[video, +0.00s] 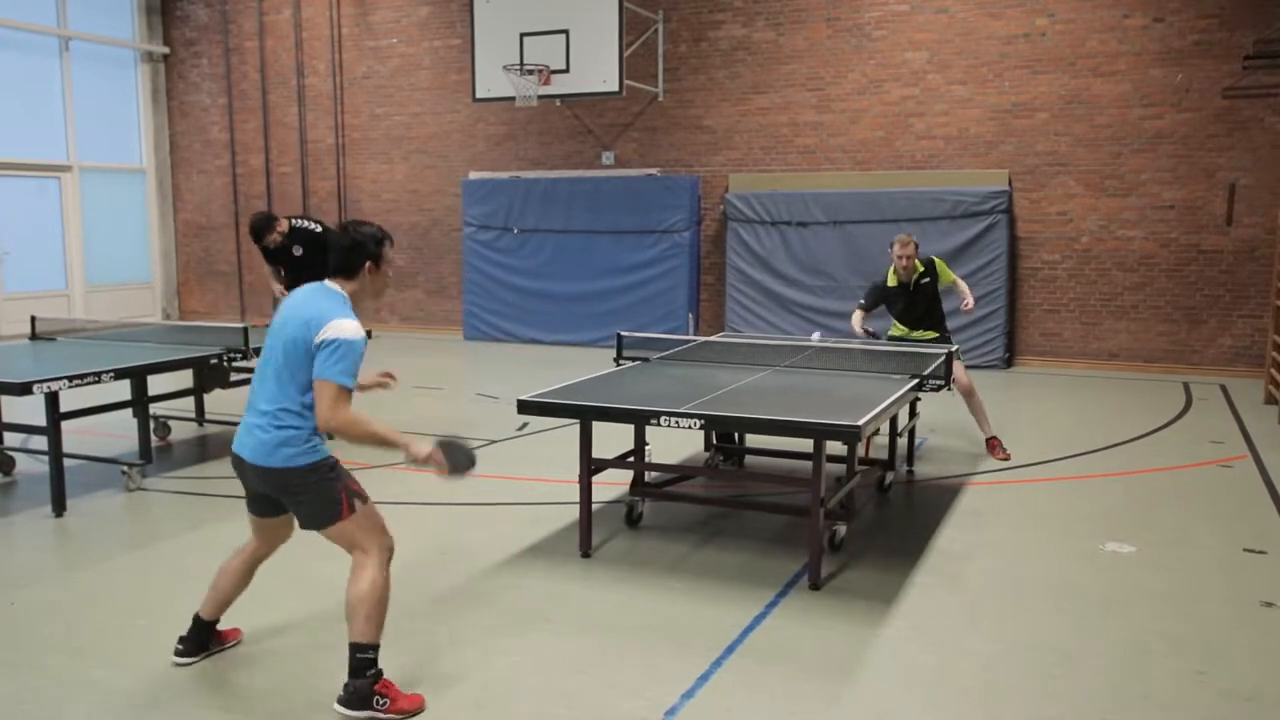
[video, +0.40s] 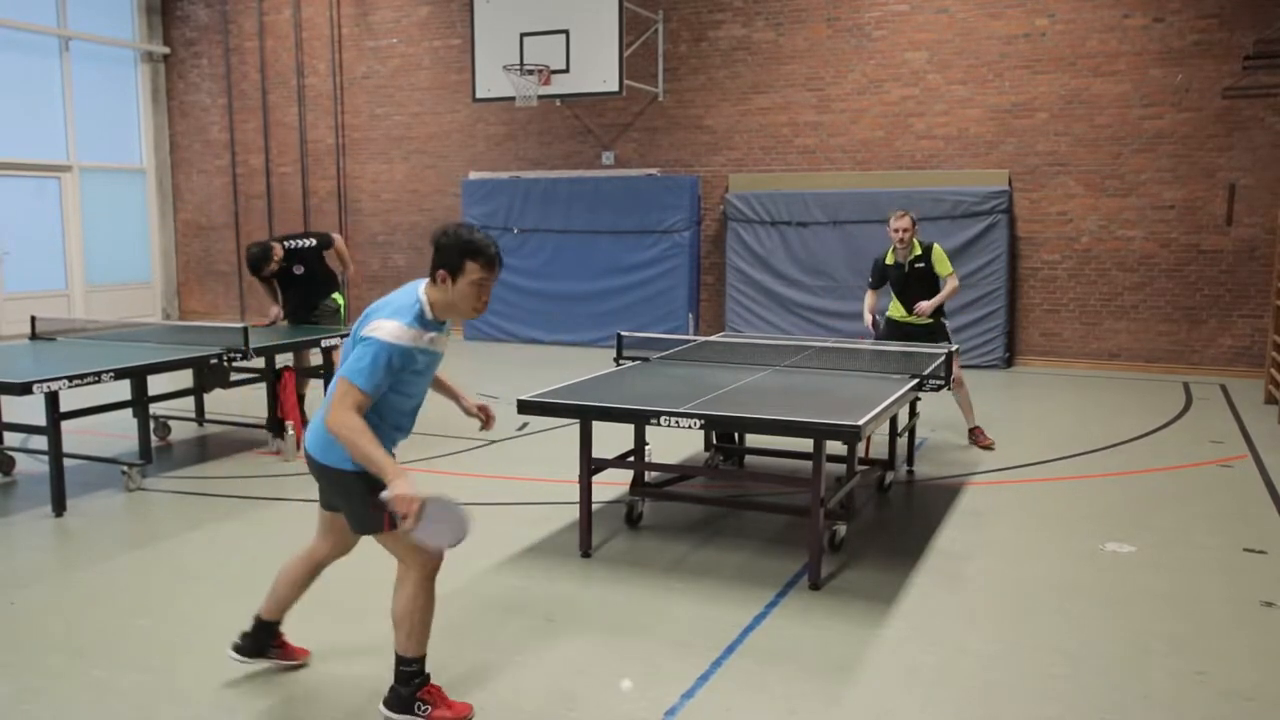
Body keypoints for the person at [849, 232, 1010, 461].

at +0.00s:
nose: (904, 263)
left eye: (909, 258)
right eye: (899, 258)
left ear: (917, 254)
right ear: (891, 255)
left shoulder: (932, 266)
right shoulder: (884, 284)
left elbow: (957, 282)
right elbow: (859, 313)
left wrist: (968, 297)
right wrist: (859, 328)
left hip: (936, 337)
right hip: (900, 338)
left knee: (965, 384)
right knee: (878, 384)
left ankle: (991, 439)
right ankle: (867, 436)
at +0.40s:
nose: (901, 236)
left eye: (905, 231)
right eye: (896, 231)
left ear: (914, 231)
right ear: (889, 232)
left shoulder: (931, 251)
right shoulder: (883, 261)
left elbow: (953, 283)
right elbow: (873, 290)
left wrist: (932, 303)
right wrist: (867, 312)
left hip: (931, 324)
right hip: (896, 322)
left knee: (955, 376)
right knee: (877, 374)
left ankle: (973, 428)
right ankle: (864, 435)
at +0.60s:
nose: (907, 234)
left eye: (912, 229)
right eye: (902, 229)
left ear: (920, 230)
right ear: (896, 230)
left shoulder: (935, 252)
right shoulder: (887, 260)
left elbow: (956, 281)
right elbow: (875, 288)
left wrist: (938, 306)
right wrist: (879, 314)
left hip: (933, 324)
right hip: (900, 324)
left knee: (955, 375)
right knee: (882, 372)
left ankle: (964, 416)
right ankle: (867, 428)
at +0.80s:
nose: (921, 314)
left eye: (926, 311)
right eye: (916, 310)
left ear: (936, 301)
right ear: (910, 298)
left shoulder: (946, 299)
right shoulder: (898, 298)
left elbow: (948, 337)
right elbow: (890, 327)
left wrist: (929, 338)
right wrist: (923, 318)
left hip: (940, 354)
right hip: (903, 355)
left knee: (971, 387)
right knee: (875, 387)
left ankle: (969, 436)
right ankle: (862, 439)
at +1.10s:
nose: (929, 308)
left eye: (934, 305)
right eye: (925, 304)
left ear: (942, 297)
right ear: (918, 293)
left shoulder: (949, 293)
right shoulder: (905, 297)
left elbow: (957, 327)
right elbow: (911, 322)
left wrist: (938, 330)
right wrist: (944, 313)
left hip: (938, 356)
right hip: (904, 357)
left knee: (978, 388)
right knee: (877, 391)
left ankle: (970, 437)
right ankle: (863, 437)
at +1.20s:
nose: (931, 293)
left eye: (936, 289)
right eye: (928, 289)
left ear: (945, 280)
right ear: (918, 277)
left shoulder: (951, 279)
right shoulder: (906, 286)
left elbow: (957, 311)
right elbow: (918, 304)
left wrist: (942, 311)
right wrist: (953, 294)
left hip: (937, 348)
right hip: (902, 349)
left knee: (977, 387)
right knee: (879, 391)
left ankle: (970, 437)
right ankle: (862, 437)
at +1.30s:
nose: (930, 270)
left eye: (935, 266)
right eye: (926, 265)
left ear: (945, 259)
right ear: (918, 255)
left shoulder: (950, 265)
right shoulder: (905, 268)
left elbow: (960, 294)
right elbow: (932, 280)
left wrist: (948, 283)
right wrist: (955, 263)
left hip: (936, 338)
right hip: (900, 338)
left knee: (972, 385)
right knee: (882, 387)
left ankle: (970, 436)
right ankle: (863, 438)